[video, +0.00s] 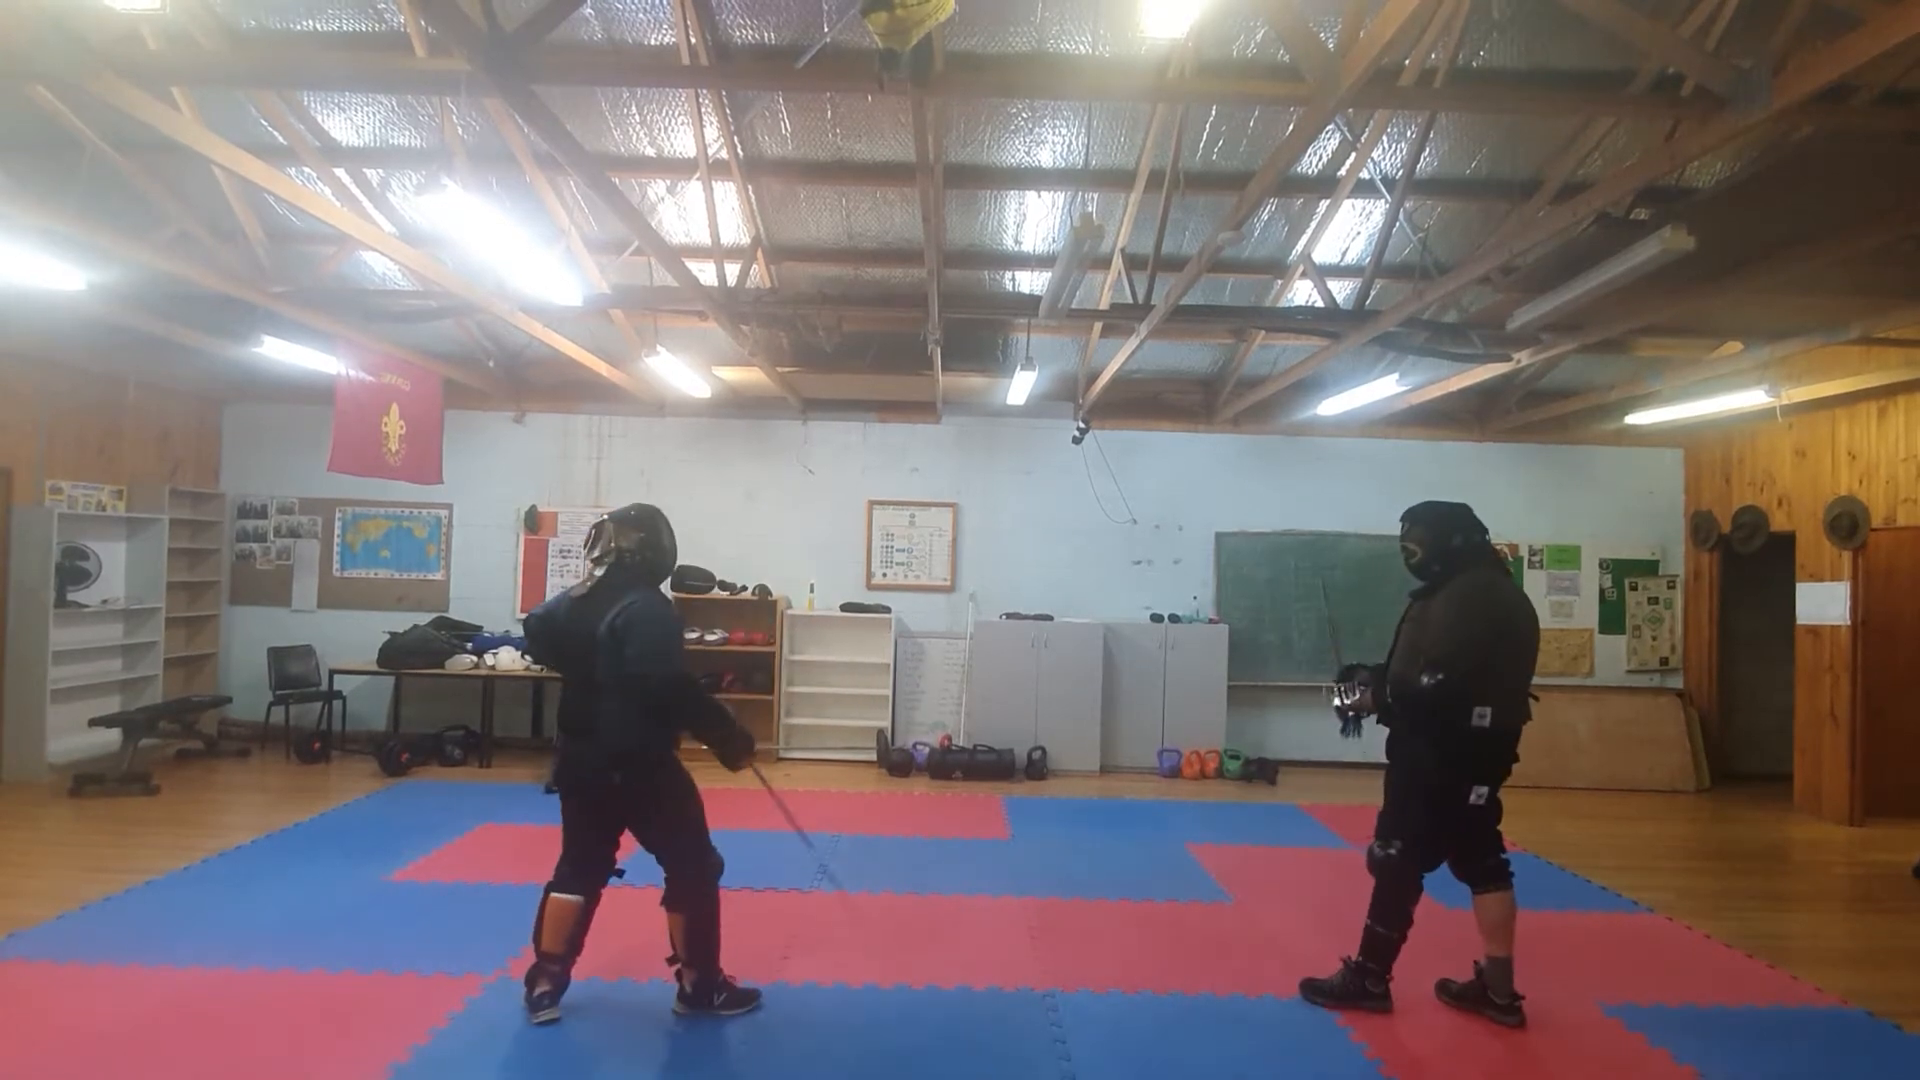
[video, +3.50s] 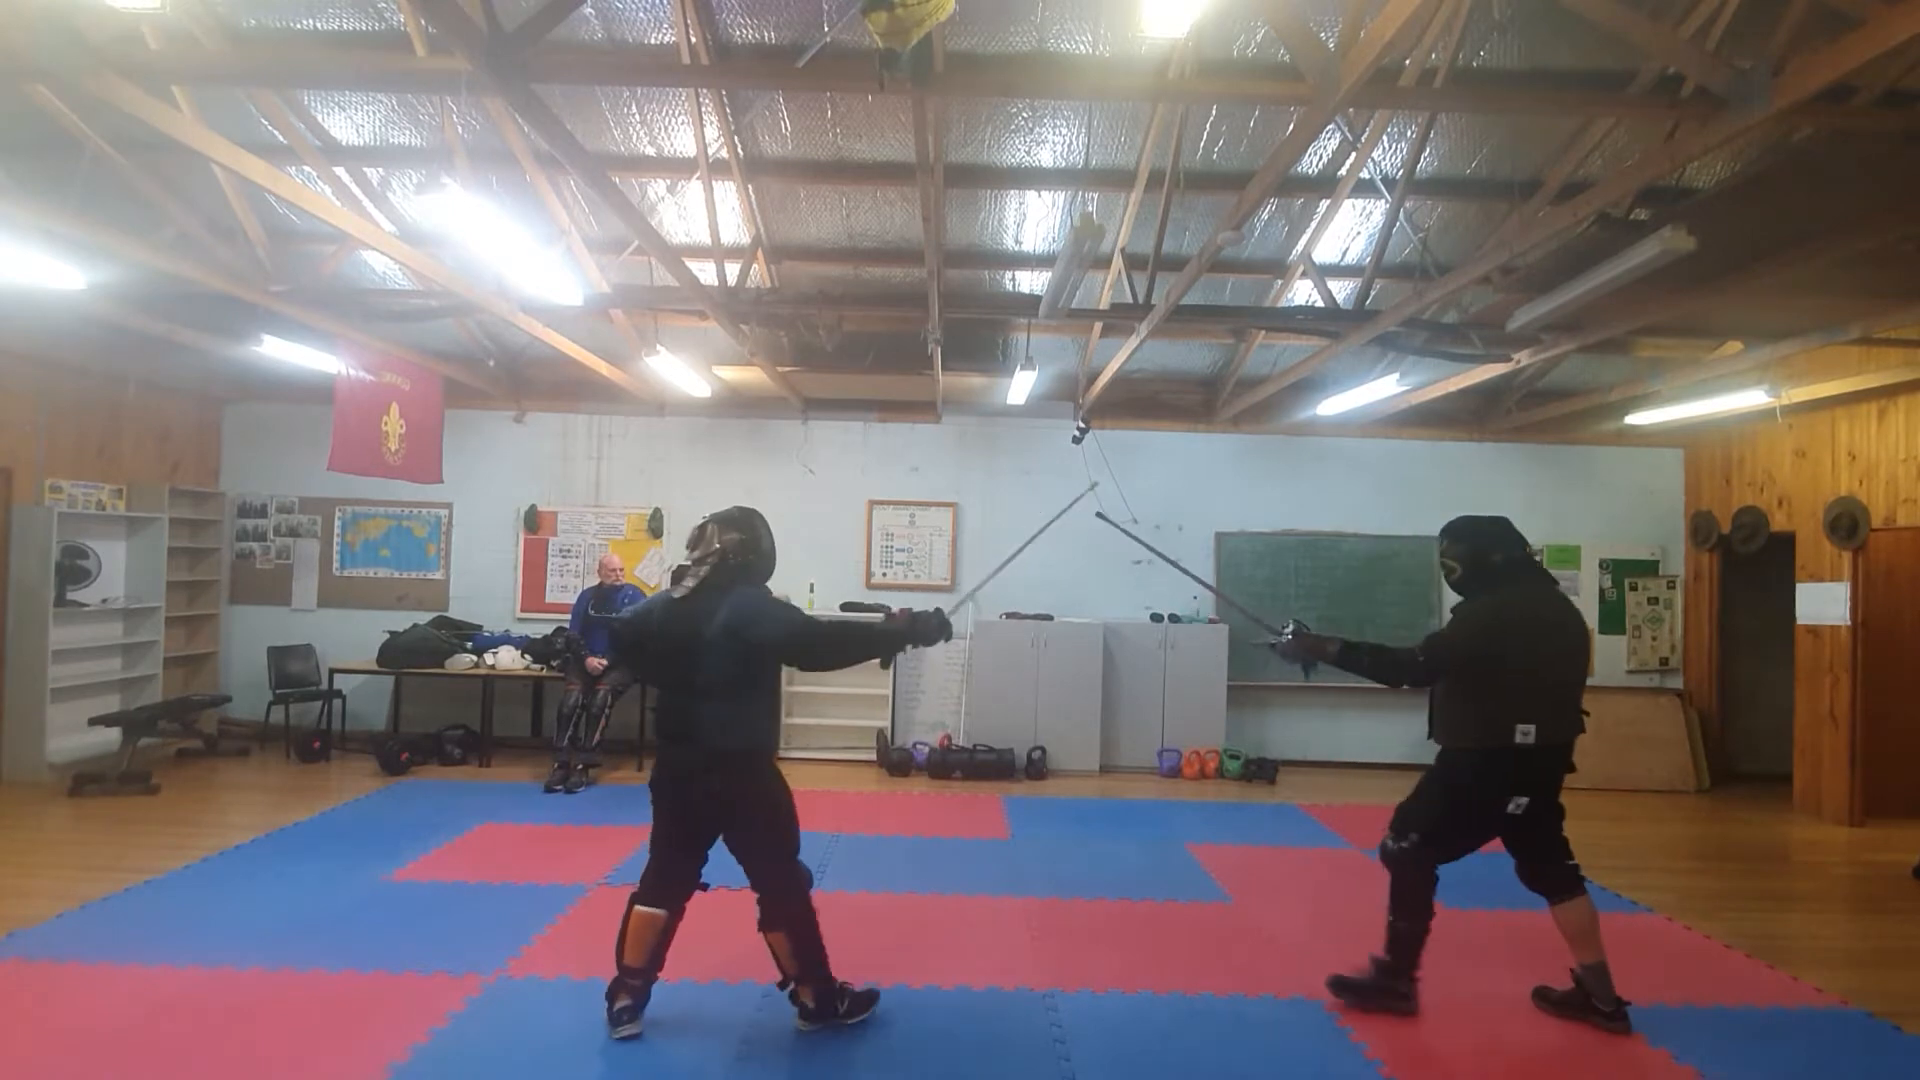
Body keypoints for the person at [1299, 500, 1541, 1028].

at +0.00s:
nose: (1410, 560)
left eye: (1416, 549)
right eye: (1407, 550)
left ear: (1448, 543)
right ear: (1457, 542)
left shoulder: (1464, 599)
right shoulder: (1496, 593)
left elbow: (1445, 693)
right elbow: (1435, 672)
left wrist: (1383, 698)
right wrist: (1380, 681)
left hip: (1433, 763)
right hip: (1479, 762)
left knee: (1396, 861)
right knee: (1484, 864)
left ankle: (1369, 975)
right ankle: (1497, 986)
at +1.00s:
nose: (1388, 566)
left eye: (1394, 554)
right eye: (1385, 555)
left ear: (1423, 548)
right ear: (1442, 546)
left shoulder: (1421, 609)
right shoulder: (1491, 601)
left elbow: (1395, 700)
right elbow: (1495, 699)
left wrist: (1319, 699)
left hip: (1413, 757)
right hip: (1472, 758)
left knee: (1366, 852)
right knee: (1479, 864)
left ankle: (1349, 970)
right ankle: (1499, 989)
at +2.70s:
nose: (1368, 567)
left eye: (1373, 556)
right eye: (1366, 557)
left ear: (1402, 551)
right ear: (1426, 547)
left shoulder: (1405, 606)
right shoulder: (1475, 600)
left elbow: (1345, 659)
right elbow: (1474, 686)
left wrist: (1252, 657)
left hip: (1395, 753)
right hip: (1456, 752)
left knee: (1343, 844)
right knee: (1470, 855)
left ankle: (1344, 970)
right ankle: (1513, 973)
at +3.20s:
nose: (1401, 578)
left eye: (1406, 567)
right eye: (1399, 568)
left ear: (1435, 564)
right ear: (1458, 562)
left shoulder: (1440, 617)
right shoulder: (1512, 616)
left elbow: (1369, 665)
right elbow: (1511, 703)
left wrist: (1281, 643)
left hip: (1432, 768)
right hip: (1494, 771)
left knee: (1364, 851)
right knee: (1518, 869)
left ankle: (1345, 970)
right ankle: (1589, 984)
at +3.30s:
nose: (1419, 578)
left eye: (1424, 567)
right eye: (1417, 568)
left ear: (1454, 564)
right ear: (1480, 561)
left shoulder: (1460, 616)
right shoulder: (1532, 613)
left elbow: (1390, 668)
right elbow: (1534, 701)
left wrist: (1298, 647)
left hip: (1457, 765)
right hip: (1519, 765)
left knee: (1391, 855)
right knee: (1538, 870)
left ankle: (1350, 968)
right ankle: (1596, 991)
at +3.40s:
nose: (1437, 576)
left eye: (1442, 565)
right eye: (1435, 566)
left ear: (1471, 559)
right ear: (1498, 556)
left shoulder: (1478, 612)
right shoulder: (1548, 608)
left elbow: (1407, 667)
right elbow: (1546, 690)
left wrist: (1318, 651)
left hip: (1473, 760)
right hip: (1535, 759)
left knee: (1408, 855)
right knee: (1544, 867)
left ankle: (1360, 967)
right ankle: (1598, 992)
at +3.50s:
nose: (1450, 577)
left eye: (1455, 565)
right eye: (1447, 566)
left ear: (1485, 559)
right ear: (1512, 555)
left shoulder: (1486, 613)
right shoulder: (1562, 610)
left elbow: (1417, 666)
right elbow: (1563, 698)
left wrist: (1328, 649)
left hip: (1478, 763)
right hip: (1541, 763)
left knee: (1409, 849)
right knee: (1552, 869)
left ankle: (1396, 978)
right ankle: (1600, 993)